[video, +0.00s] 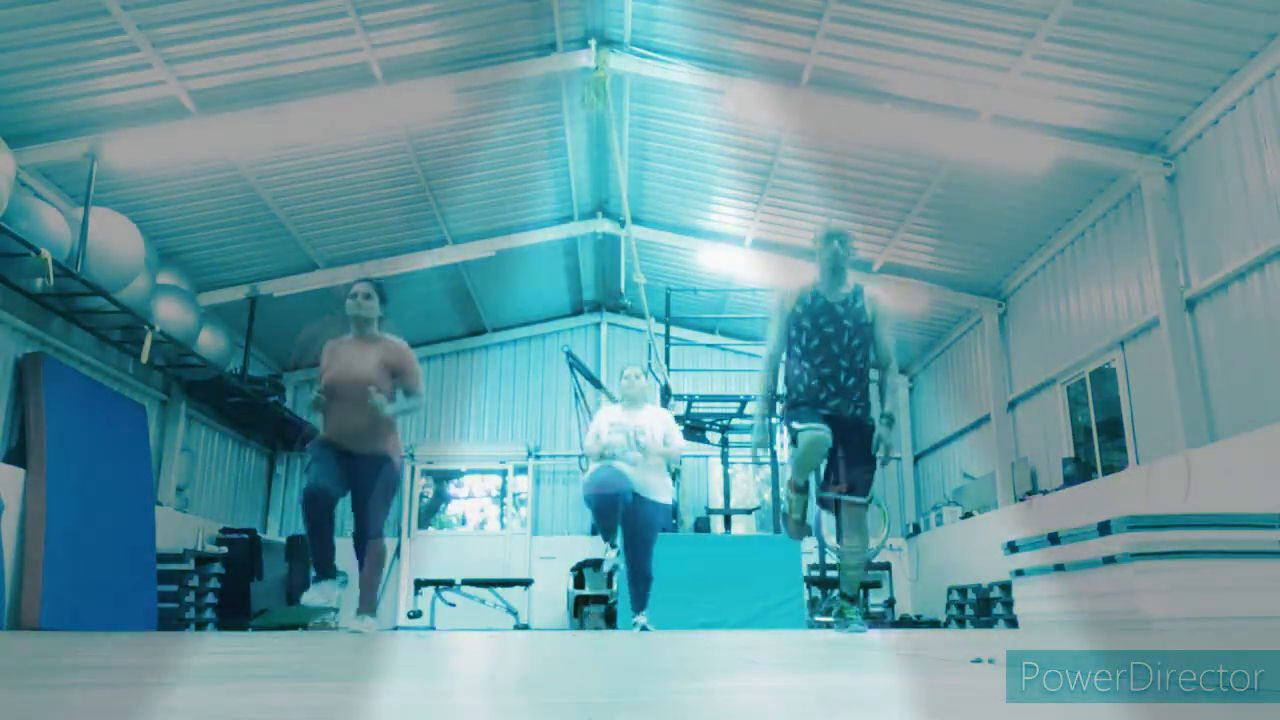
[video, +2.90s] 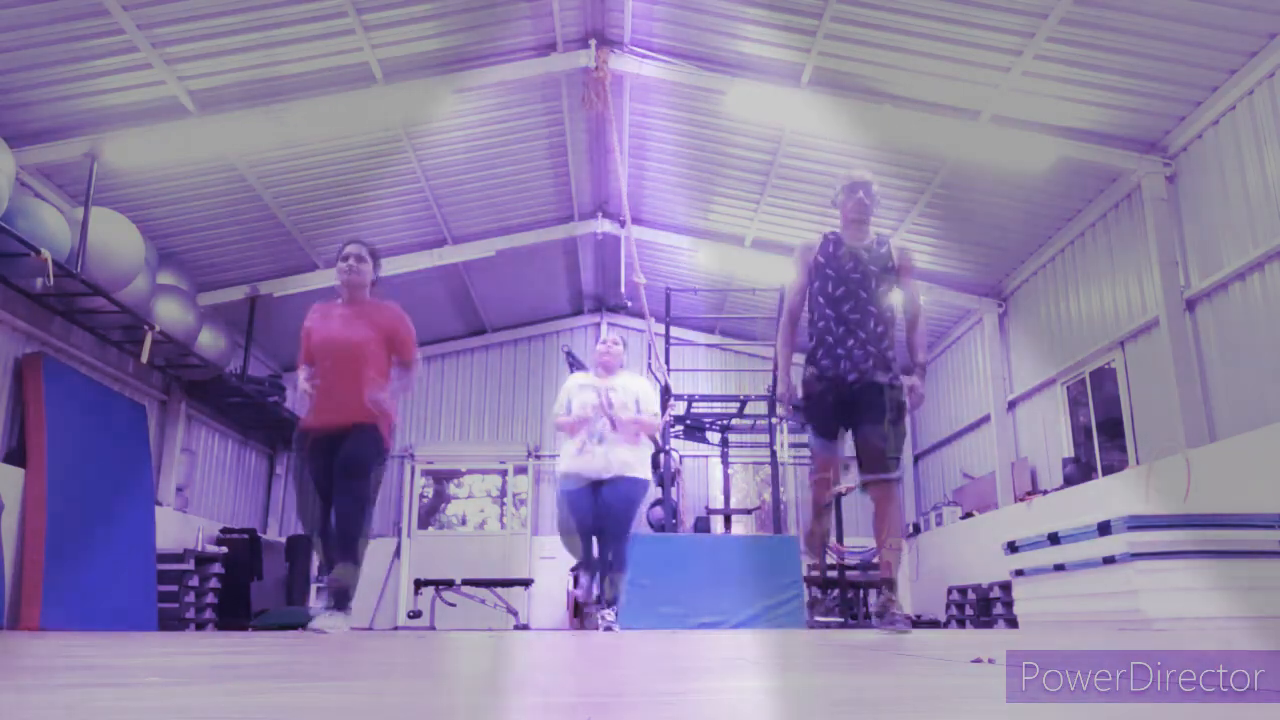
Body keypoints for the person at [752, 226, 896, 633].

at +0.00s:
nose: (836, 249)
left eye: (842, 243)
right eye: (829, 243)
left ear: (851, 253)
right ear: (817, 251)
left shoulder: (869, 302)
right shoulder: (792, 300)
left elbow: (887, 364)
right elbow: (772, 358)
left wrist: (889, 417)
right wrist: (762, 414)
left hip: (854, 411)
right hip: (805, 404)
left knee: (854, 510)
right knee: (816, 439)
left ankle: (850, 605)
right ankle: (797, 492)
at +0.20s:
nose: (823, 223)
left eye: (830, 216)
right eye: (815, 216)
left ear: (839, 227)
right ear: (801, 227)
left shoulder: (856, 272)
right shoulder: (782, 271)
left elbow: (880, 331)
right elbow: (761, 335)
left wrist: (882, 376)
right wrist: (756, 392)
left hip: (848, 391)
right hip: (798, 389)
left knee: (849, 492)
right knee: (807, 452)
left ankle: (853, 593)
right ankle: (807, 561)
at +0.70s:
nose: (805, 260)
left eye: (810, 254)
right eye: (799, 253)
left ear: (818, 259)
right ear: (788, 259)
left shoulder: (839, 306)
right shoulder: (768, 301)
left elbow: (863, 362)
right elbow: (753, 357)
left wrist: (878, 410)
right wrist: (757, 408)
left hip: (839, 407)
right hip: (793, 411)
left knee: (855, 451)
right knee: (801, 509)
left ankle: (844, 519)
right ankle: (806, 598)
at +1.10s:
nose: (817, 261)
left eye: (823, 256)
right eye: (811, 255)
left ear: (830, 263)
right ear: (801, 260)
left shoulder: (846, 312)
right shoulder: (777, 308)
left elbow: (870, 360)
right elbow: (752, 357)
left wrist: (876, 405)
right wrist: (767, 394)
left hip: (843, 422)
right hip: (794, 423)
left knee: (852, 505)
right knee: (795, 517)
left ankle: (851, 603)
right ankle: (793, 601)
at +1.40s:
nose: (826, 244)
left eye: (832, 239)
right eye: (819, 238)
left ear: (841, 249)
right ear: (806, 248)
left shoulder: (855, 296)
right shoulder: (784, 295)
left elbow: (875, 349)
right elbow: (763, 347)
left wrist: (876, 396)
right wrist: (759, 398)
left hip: (841, 404)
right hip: (793, 400)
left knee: (843, 500)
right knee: (803, 469)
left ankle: (846, 597)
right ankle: (794, 533)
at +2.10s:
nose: (812, 234)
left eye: (817, 227)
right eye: (803, 228)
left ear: (827, 236)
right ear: (790, 239)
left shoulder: (848, 282)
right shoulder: (775, 288)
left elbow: (873, 334)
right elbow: (758, 344)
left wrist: (887, 382)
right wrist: (755, 397)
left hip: (851, 400)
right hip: (801, 402)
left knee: (862, 490)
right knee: (805, 496)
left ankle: (845, 552)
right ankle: (812, 595)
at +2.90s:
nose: (860, 199)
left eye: (868, 194)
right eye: (853, 193)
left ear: (876, 206)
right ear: (838, 204)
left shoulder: (895, 255)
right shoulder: (813, 251)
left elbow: (914, 315)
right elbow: (790, 315)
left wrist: (916, 371)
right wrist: (784, 374)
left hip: (879, 380)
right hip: (823, 378)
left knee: (884, 486)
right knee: (822, 481)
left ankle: (888, 595)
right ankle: (811, 589)